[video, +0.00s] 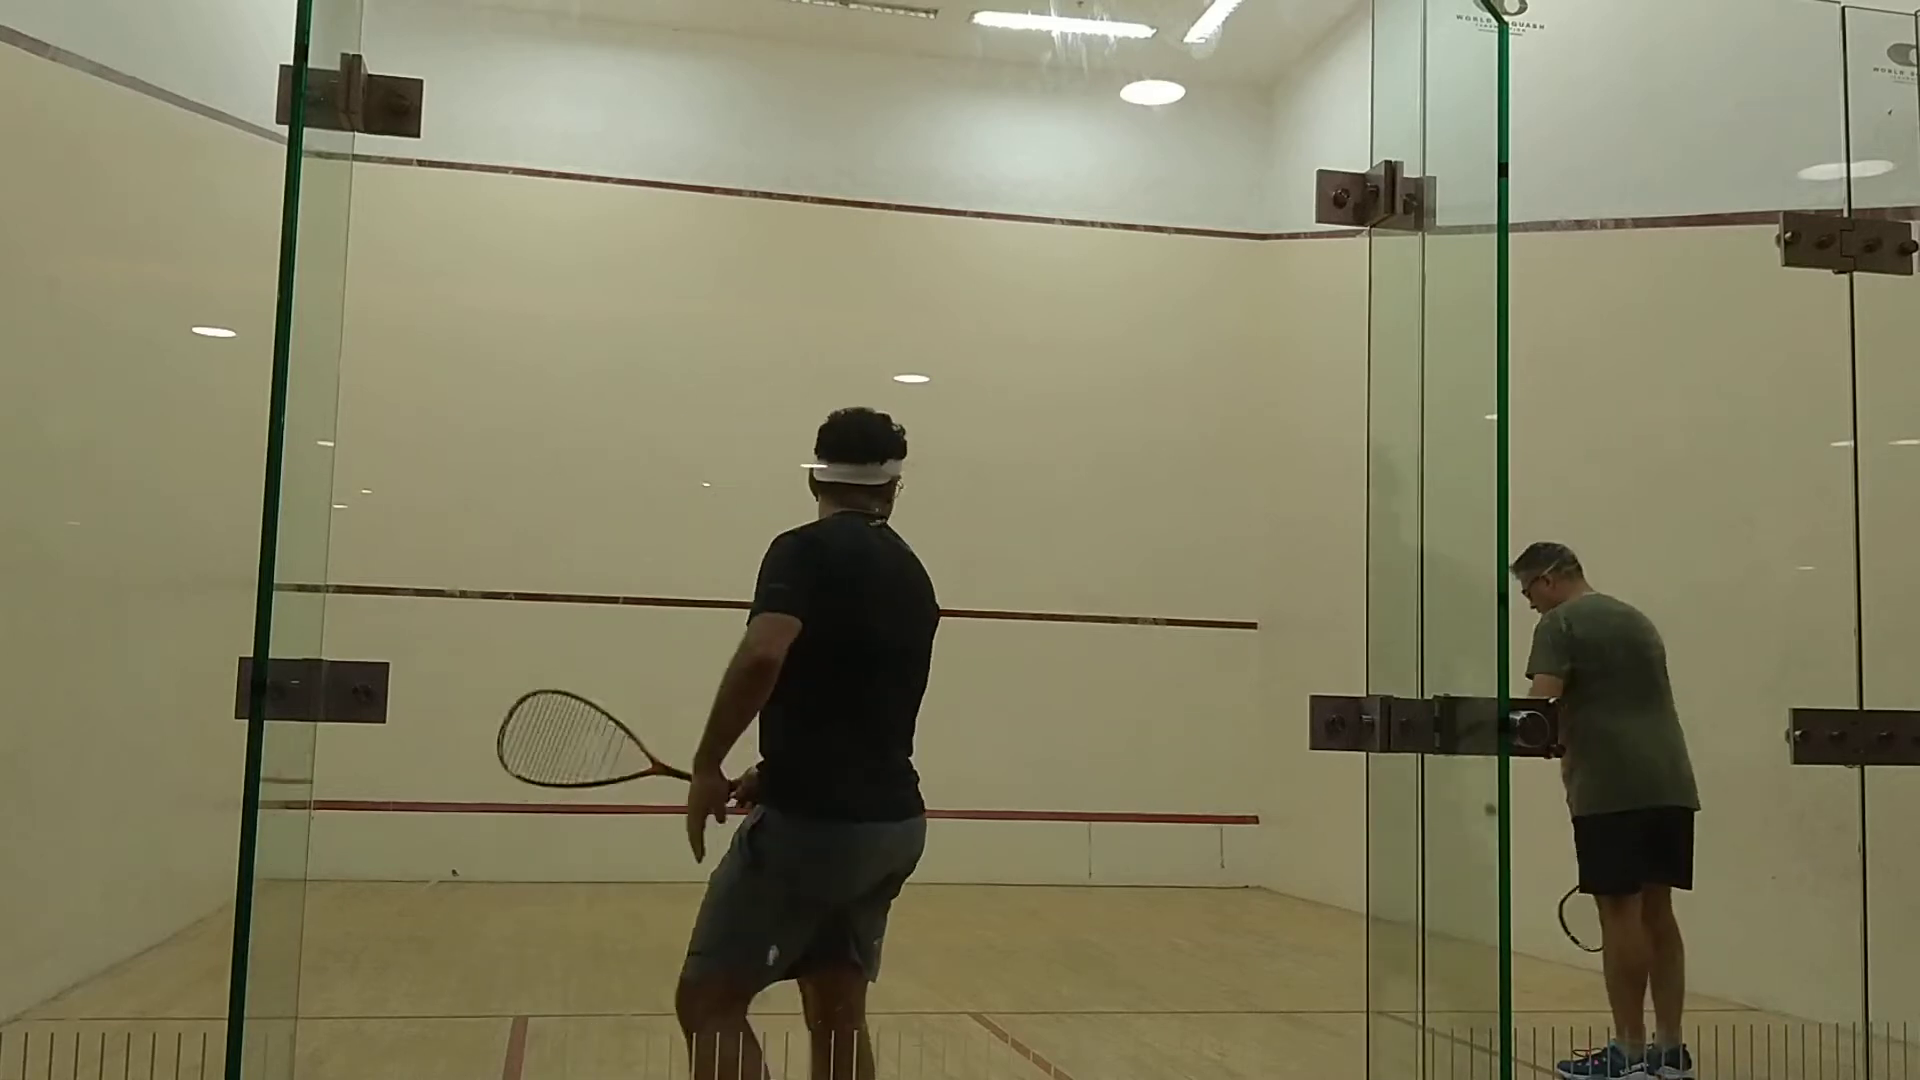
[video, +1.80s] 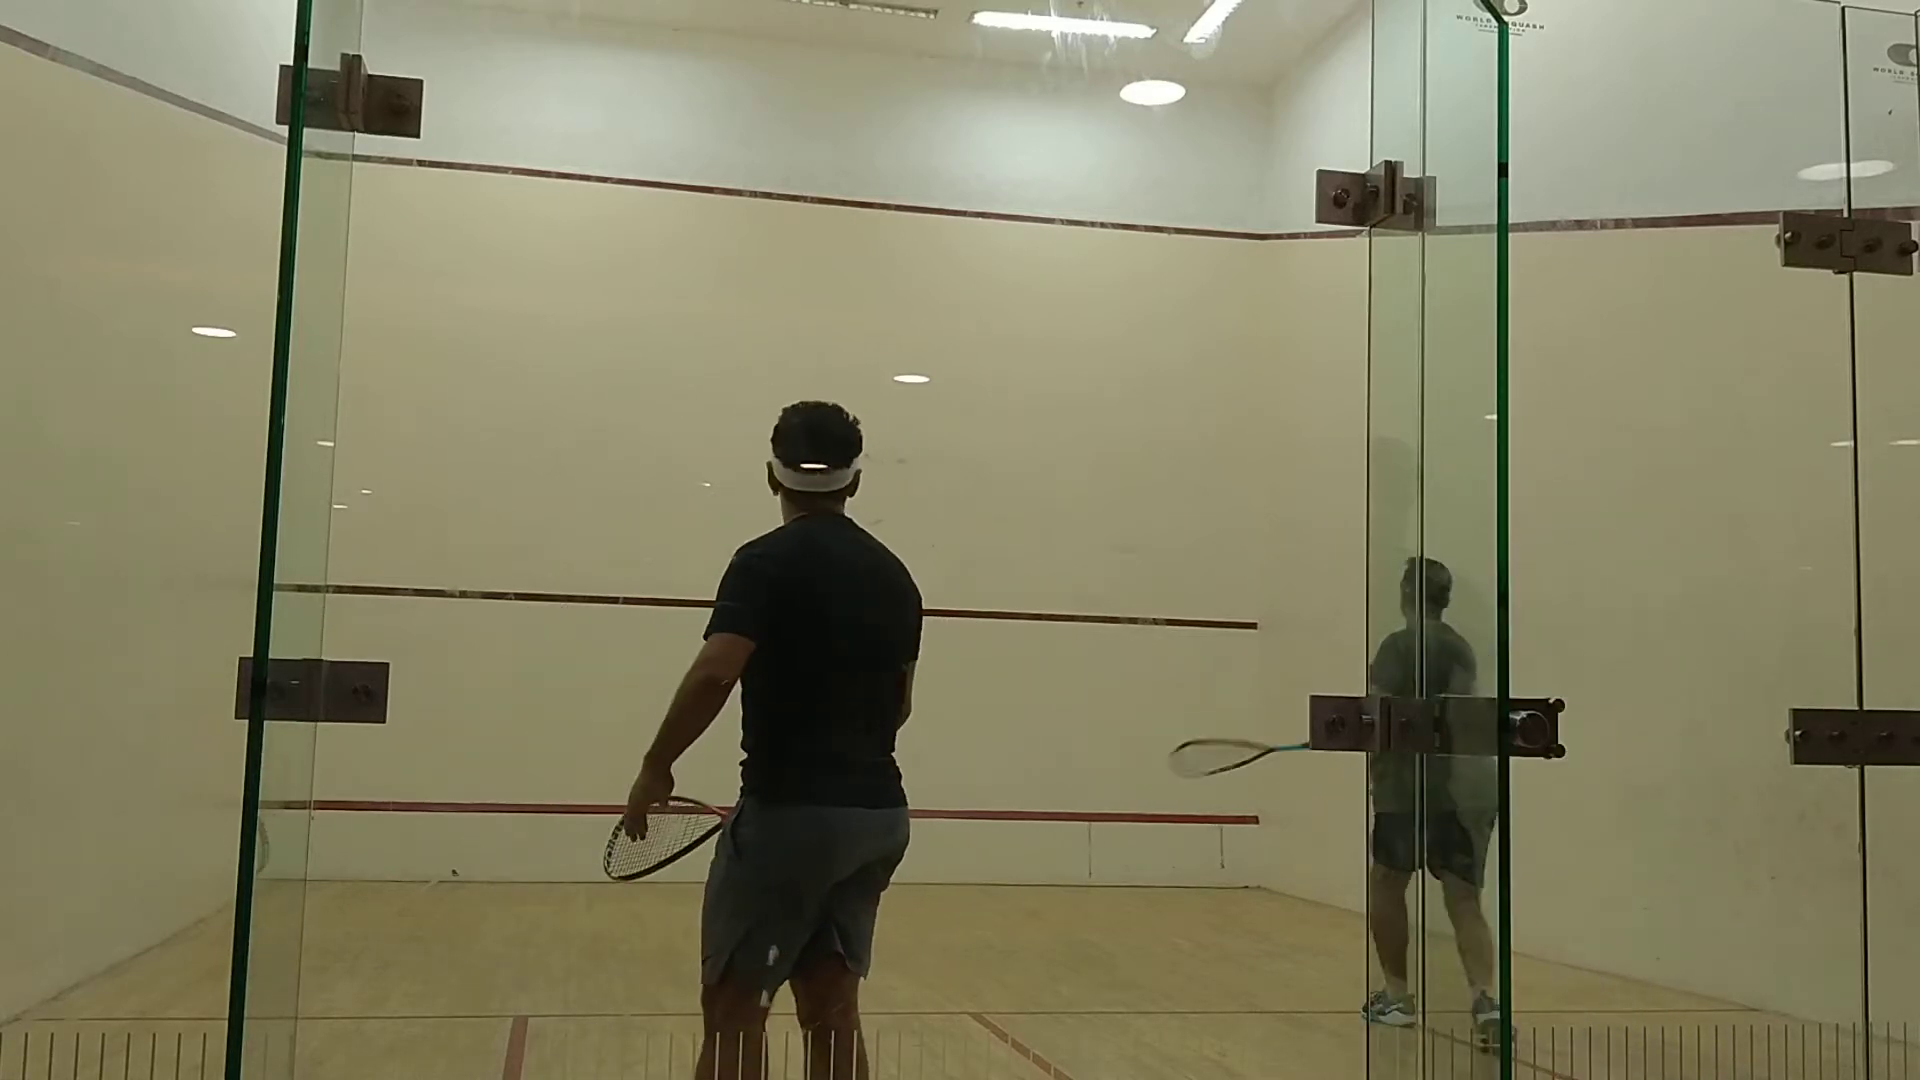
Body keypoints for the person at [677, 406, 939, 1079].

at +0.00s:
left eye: (823, 476)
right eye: (891, 480)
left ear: (817, 480)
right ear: (894, 488)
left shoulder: (800, 551)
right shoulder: (911, 574)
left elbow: (762, 658)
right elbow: (874, 707)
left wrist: (708, 762)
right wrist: (773, 773)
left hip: (805, 826)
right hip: (891, 825)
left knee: (707, 1002)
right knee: (836, 1004)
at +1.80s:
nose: (781, 476)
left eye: (776, 468)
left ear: (774, 476)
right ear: (854, 479)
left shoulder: (762, 562)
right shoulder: (895, 576)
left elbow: (716, 673)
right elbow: (896, 706)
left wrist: (657, 764)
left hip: (785, 820)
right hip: (876, 819)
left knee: (732, 1006)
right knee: (830, 1002)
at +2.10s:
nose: (770, 473)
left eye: (771, 463)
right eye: (778, 462)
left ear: (774, 475)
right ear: (849, 475)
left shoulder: (796, 559)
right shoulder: (882, 561)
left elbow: (794, 673)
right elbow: (869, 699)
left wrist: (730, 799)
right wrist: (789, 803)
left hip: (818, 818)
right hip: (890, 815)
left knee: (772, 1007)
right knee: (835, 1004)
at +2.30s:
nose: (773, 476)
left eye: (774, 464)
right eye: (779, 463)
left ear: (785, 482)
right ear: (861, 479)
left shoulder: (821, 567)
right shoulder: (889, 558)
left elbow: (823, 696)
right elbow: (891, 708)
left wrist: (774, 831)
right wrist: (813, 832)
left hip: (857, 830)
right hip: (908, 825)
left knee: (821, 1024)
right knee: (837, 1017)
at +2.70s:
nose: (747, 499)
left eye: (758, 480)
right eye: (748, 481)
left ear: (813, 483)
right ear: (812, 484)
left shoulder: (880, 571)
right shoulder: (829, 576)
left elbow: (911, 705)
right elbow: (841, 704)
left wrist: (862, 849)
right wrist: (785, 760)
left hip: (916, 843)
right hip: (838, 838)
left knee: (915, 1050)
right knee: (759, 1018)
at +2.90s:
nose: (711, 509)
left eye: (724, 489)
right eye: (708, 493)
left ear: (786, 485)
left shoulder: (887, 577)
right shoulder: (754, 597)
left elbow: (971, 697)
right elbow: (760, 706)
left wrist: (952, 826)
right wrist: (736, 776)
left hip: (904, 856)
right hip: (805, 852)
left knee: (928, 1054)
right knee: (737, 1024)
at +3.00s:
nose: (687, 535)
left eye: (699, 514)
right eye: (683, 518)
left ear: (759, 506)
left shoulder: (868, 585)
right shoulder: (725, 628)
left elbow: (975, 695)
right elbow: (740, 743)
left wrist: (977, 825)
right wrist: (716, 830)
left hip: (906, 858)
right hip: (802, 851)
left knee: (921, 1058)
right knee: (695, 1009)